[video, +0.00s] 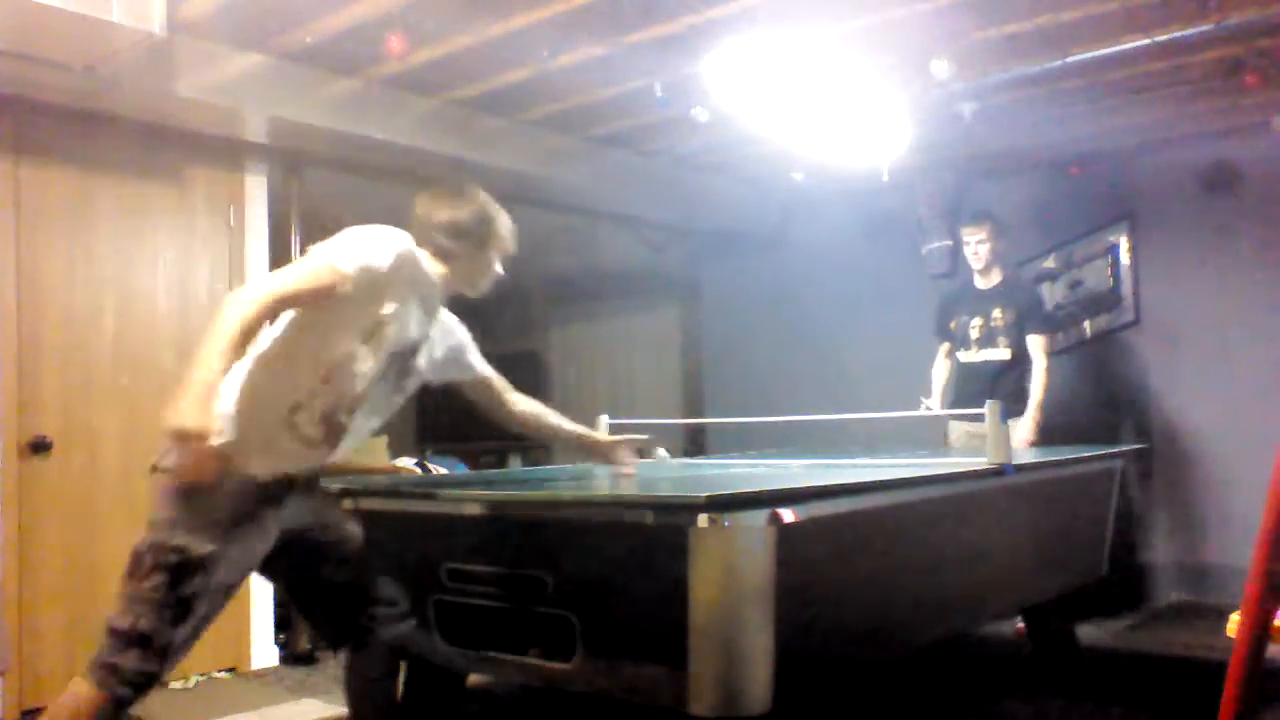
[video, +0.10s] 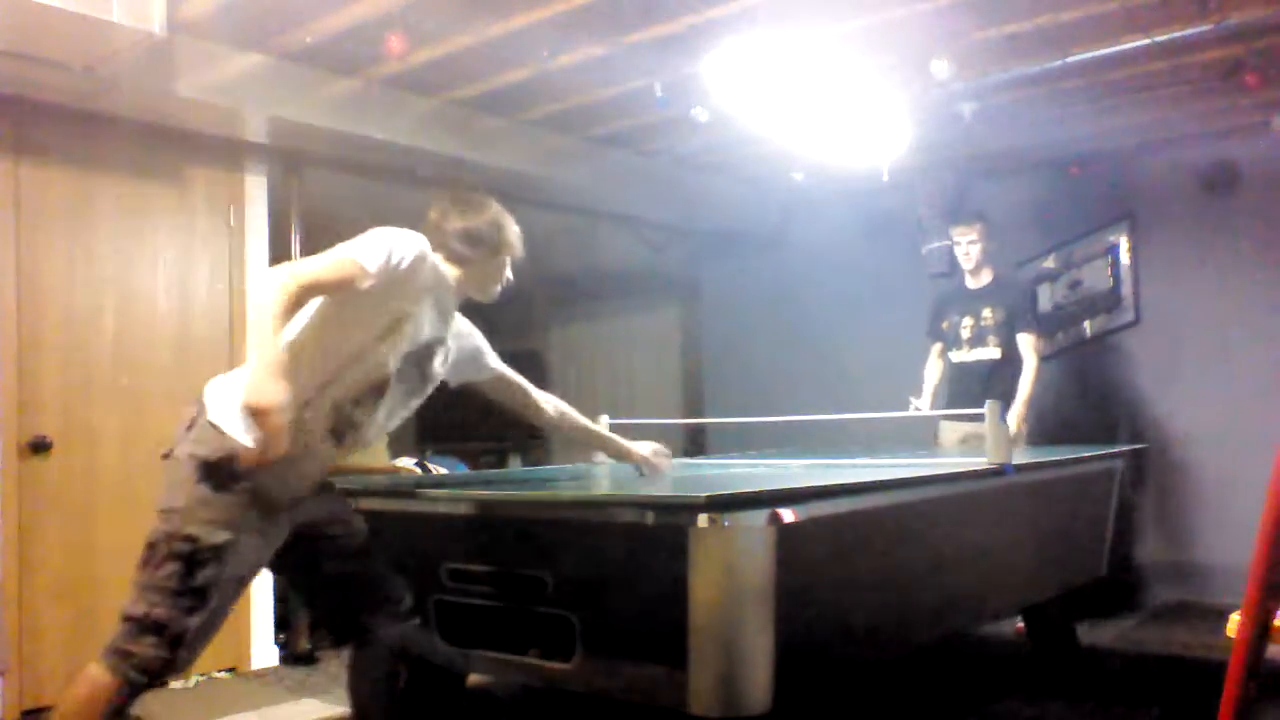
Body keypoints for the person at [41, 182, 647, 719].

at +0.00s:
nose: (500, 273)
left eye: (503, 261)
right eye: (496, 257)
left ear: (462, 250)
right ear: (463, 240)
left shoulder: (442, 333)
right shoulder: (388, 253)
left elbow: (509, 406)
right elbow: (251, 300)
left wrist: (600, 442)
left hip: (298, 491)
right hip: (224, 476)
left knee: (382, 632)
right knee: (126, 671)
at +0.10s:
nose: (511, 277)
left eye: (513, 265)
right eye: (506, 260)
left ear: (473, 258)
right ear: (469, 245)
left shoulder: (459, 339)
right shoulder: (408, 254)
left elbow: (537, 405)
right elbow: (281, 283)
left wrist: (623, 445)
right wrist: (264, 380)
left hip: (302, 491)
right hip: (234, 461)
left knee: (386, 622)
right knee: (144, 655)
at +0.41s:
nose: (459, 209)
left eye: (460, 196)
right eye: (454, 193)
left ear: (407, 193)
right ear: (424, 189)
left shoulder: (413, 284)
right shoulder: (367, 214)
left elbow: (477, 370)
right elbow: (251, 262)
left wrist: (565, 424)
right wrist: (337, 339)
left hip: (301, 456)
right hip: (238, 437)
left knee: (351, 622)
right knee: (212, 634)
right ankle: (98, 713)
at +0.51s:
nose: (422, 185)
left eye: (420, 175)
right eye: (411, 172)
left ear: (390, 194)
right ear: (379, 177)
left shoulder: (398, 273)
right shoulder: (325, 210)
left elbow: (498, 312)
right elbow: (215, 262)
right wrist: (313, 339)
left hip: (286, 457)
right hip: (219, 443)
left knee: (338, 635)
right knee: (214, 643)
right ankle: (105, 719)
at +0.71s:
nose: (334, 173)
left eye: (329, 161)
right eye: (323, 160)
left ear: (285, 174)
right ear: (289, 167)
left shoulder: (313, 259)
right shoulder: (214, 217)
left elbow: (419, 280)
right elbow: (128, 302)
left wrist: (517, 260)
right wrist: (239, 368)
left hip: (248, 473)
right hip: (173, 461)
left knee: (308, 648)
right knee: (172, 660)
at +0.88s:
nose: (248, 165)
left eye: (244, 152)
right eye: (238, 152)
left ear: (193, 160)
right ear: (207, 158)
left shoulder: (225, 261)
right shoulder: (125, 217)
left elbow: (220, 379)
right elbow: (40, 324)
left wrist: (264, 354)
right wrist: (134, 403)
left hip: (193, 460)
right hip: (116, 458)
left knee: (262, 623)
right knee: (136, 643)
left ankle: (306, 717)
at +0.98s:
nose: (223, 150)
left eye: (218, 138)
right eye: (212, 137)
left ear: (174, 147)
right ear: (180, 145)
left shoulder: (198, 254)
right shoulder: (93, 210)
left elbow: (175, 365)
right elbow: (8, 306)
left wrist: (172, 391)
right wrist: (82, 399)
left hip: (168, 447)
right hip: (92, 445)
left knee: (246, 610)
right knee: (108, 643)